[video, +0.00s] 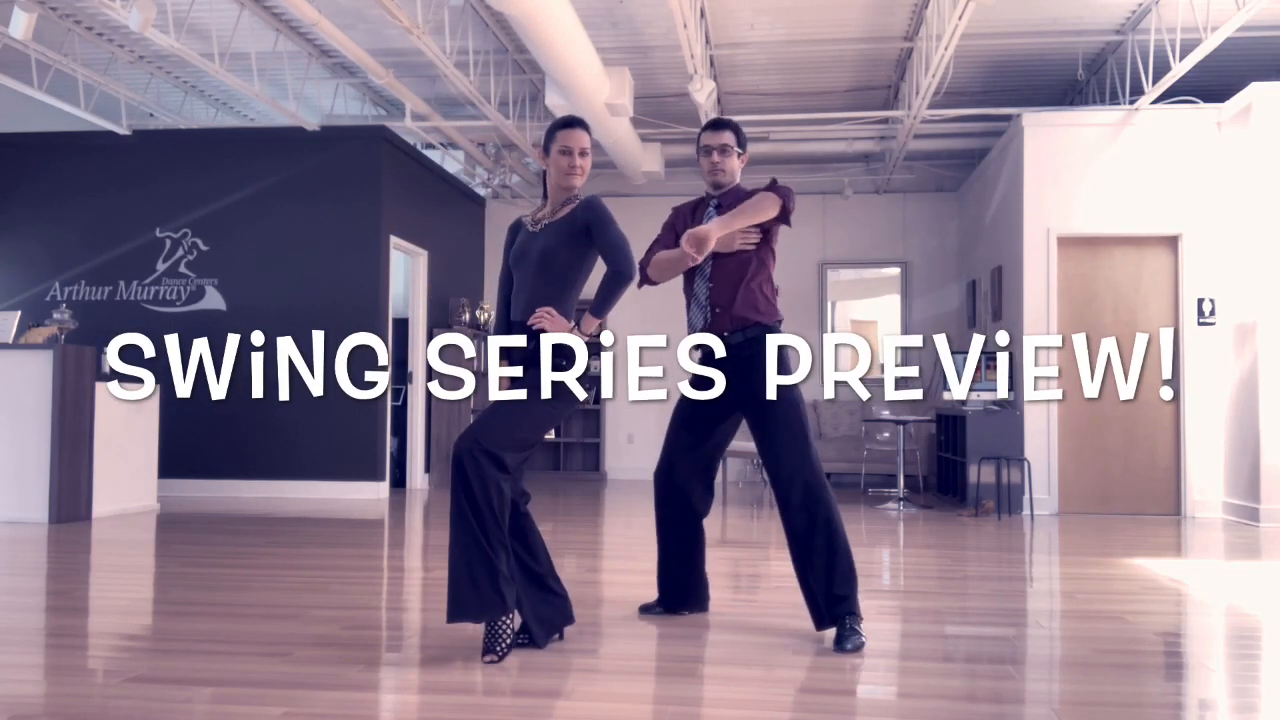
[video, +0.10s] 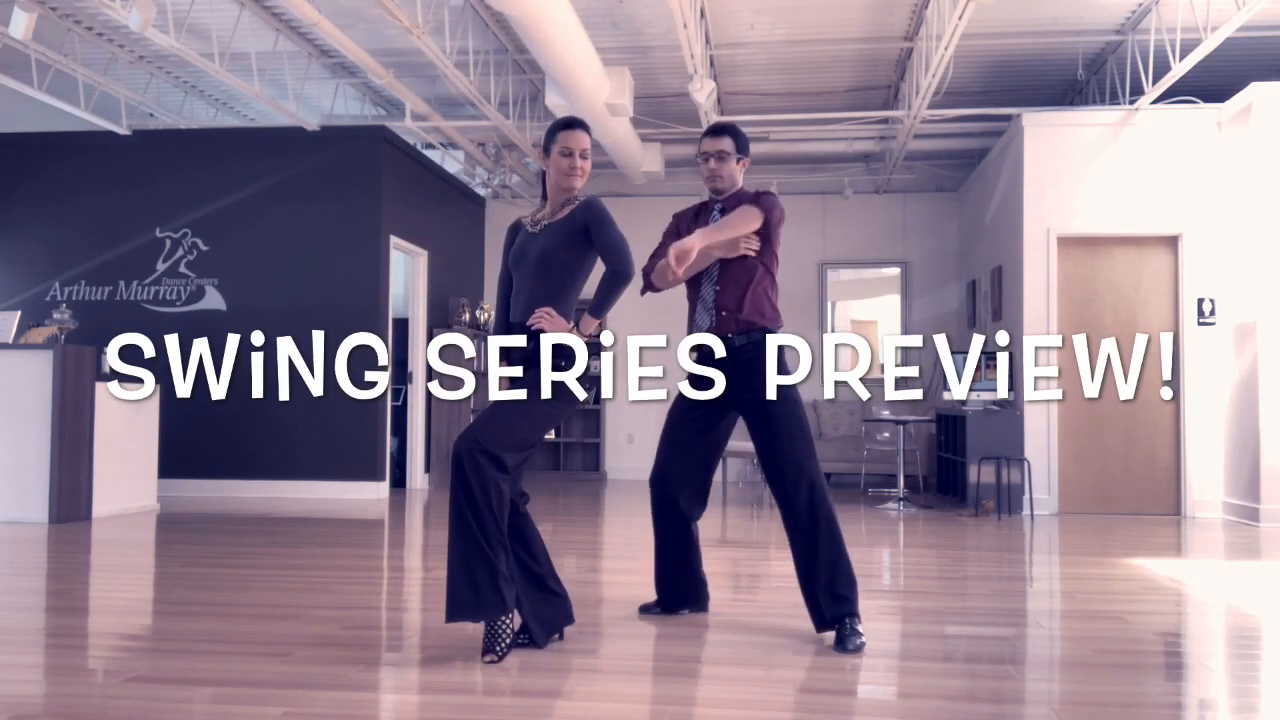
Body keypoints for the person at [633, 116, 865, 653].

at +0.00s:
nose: (717, 159)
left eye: (726, 151)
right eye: (708, 152)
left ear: (744, 158)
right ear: (698, 161)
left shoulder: (766, 197)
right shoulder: (683, 216)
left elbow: (767, 208)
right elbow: (648, 271)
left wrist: (713, 230)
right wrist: (684, 255)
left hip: (761, 353)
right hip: (706, 359)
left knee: (799, 478)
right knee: (675, 477)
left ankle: (843, 612)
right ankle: (683, 593)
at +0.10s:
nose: (712, 166)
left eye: (722, 157)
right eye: (705, 158)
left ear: (744, 163)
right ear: (699, 165)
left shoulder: (763, 204)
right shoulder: (683, 223)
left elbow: (747, 226)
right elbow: (654, 280)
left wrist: (690, 244)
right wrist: (716, 243)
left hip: (760, 357)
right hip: (704, 361)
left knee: (800, 481)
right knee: (669, 482)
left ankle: (841, 614)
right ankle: (682, 594)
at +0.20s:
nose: (705, 173)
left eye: (714, 165)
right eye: (701, 165)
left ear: (742, 170)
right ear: (700, 170)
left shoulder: (767, 212)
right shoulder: (690, 224)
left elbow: (755, 244)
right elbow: (662, 271)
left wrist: (690, 261)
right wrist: (674, 267)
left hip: (759, 364)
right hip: (704, 366)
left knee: (800, 484)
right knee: (665, 483)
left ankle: (841, 615)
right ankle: (682, 592)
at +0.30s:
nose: (700, 178)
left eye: (708, 169)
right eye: (697, 169)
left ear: (739, 172)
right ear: (705, 175)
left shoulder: (771, 221)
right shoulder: (688, 224)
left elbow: (755, 270)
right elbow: (651, 271)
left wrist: (685, 280)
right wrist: (706, 226)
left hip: (757, 368)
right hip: (703, 370)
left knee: (797, 484)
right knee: (660, 485)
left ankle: (843, 615)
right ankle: (681, 592)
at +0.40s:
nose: (703, 182)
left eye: (710, 173)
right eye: (701, 174)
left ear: (742, 174)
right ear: (712, 178)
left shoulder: (774, 224)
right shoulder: (700, 222)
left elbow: (752, 279)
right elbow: (640, 246)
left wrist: (684, 279)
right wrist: (696, 204)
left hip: (756, 367)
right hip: (704, 369)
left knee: (796, 482)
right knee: (658, 484)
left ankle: (849, 614)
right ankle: (681, 592)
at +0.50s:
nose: (717, 182)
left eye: (722, 173)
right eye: (715, 174)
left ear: (748, 174)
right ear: (734, 174)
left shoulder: (782, 227)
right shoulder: (713, 222)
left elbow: (742, 281)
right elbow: (643, 223)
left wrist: (685, 258)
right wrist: (688, 171)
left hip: (757, 370)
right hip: (709, 370)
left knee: (795, 485)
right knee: (659, 483)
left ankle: (858, 605)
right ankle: (680, 592)